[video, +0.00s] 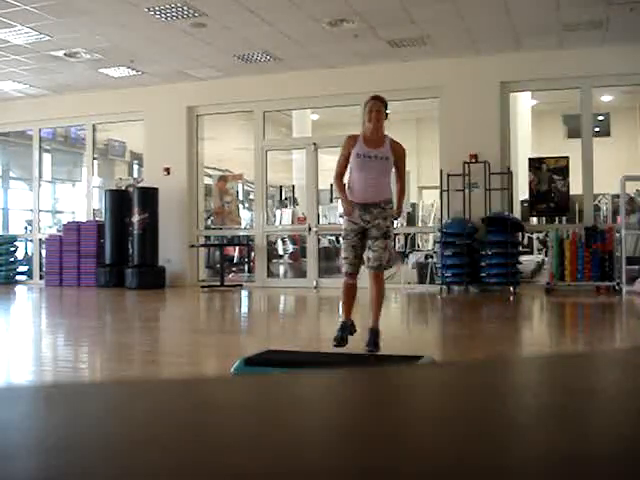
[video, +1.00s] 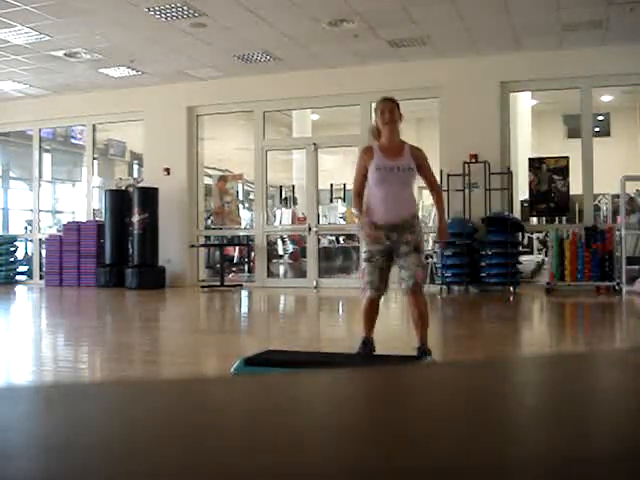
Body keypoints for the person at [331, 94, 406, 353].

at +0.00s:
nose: (375, 115)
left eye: (379, 111)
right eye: (371, 111)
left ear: (386, 115)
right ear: (364, 115)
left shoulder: (395, 148)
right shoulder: (352, 142)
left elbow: (400, 181)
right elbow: (338, 178)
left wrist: (398, 208)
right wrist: (345, 202)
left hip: (381, 211)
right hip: (354, 209)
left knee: (376, 272)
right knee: (350, 271)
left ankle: (374, 327)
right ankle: (346, 321)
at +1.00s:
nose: (388, 116)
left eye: (392, 112)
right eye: (383, 112)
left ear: (400, 116)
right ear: (376, 119)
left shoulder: (414, 154)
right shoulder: (368, 154)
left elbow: (434, 188)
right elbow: (357, 191)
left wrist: (442, 222)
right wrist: (362, 217)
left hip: (408, 228)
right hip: (376, 229)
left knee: (415, 288)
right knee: (373, 291)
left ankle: (423, 346)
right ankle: (367, 340)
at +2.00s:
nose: (341, 78)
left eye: (345, 72)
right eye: (335, 74)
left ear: (355, 77)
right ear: (328, 80)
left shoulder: (368, 113)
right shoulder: (322, 118)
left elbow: (399, 143)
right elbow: (305, 159)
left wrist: (377, 127)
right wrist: (312, 139)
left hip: (372, 189)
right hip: (340, 197)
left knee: (367, 228)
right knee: (337, 268)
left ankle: (391, 272)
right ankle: (352, 336)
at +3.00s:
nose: (297, 65)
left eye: (302, 60)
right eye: (292, 61)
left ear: (310, 66)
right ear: (284, 67)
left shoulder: (325, 103)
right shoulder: (276, 107)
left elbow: (344, 141)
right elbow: (266, 144)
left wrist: (338, 174)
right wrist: (266, 172)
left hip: (322, 178)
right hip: (290, 183)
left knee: (310, 243)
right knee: (291, 257)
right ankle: (302, 327)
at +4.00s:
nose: (308, 93)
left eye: (312, 89)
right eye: (303, 89)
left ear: (319, 93)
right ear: (295, 96)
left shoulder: (333, 126)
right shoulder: (290, 131)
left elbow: (355, 161)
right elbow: (289, 168)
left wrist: (357, 195)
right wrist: (290, 202)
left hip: (334, 201)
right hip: (303, 203)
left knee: (349, 267)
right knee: (298, 263)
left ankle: (370, 315)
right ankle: (296, 331)